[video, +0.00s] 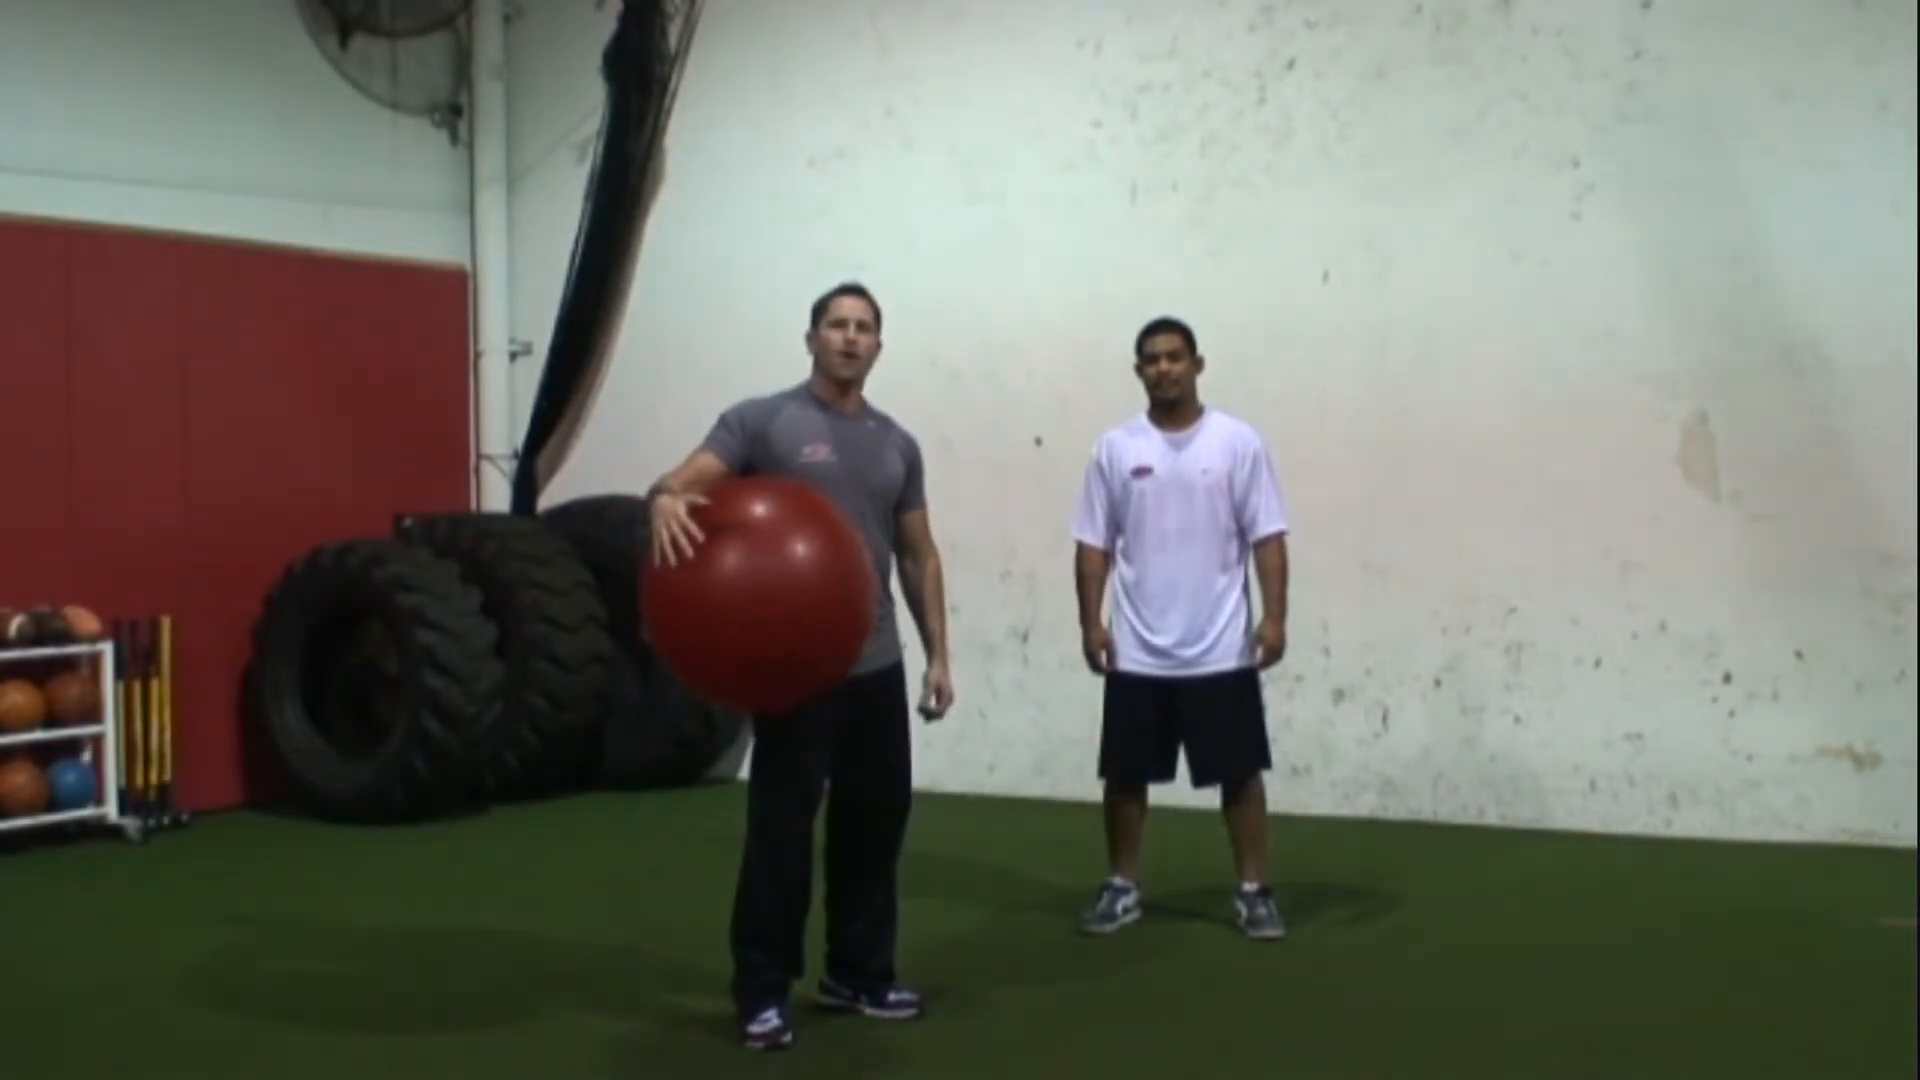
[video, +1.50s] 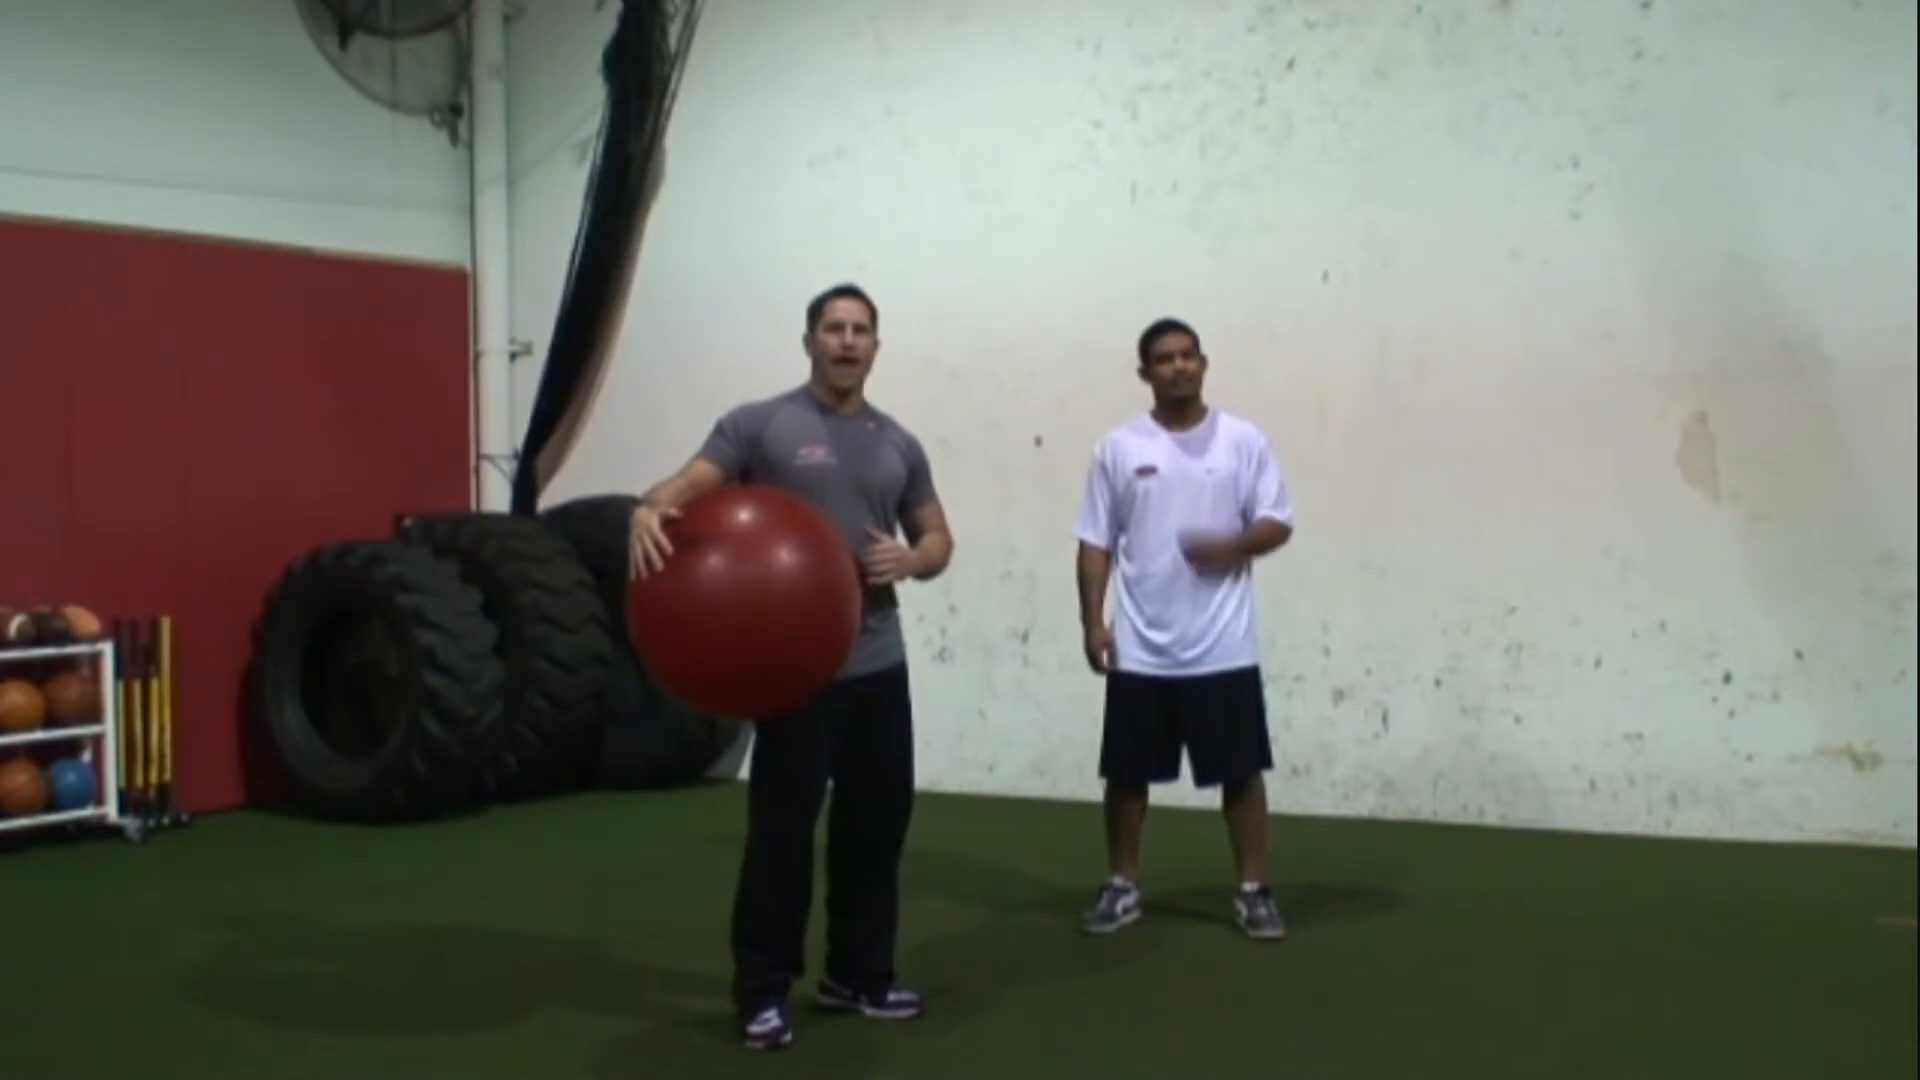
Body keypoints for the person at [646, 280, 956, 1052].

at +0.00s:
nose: (851, 337)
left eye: (863, 328)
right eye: (837, 325)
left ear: (879, 344)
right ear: (811, 338)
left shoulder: (897, 446)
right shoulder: (761, 421)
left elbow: (918, 552)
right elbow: (687, 481)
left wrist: (939, 654)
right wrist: (663, 498)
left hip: (876, 669)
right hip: (790, 670)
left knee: (874, 826)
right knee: (781, 833)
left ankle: (860, 975)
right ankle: (763, 994)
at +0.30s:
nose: (849, 339)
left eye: (862, 329)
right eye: (835, 327)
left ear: (877, 345)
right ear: (809, 338)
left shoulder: (896, 445)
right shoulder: (760, 422)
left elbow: (917, 549)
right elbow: (688, 484)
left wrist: (938, 644)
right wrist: (660, 508)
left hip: (877, 669)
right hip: (790, 669)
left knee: (874, 826)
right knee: (781, 831)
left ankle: (860, 975)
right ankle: (764, 994)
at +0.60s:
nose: (850, 340)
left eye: (862, 330)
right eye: (836, 327)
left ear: (876, 345)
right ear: (808, 339)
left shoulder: (894, 445)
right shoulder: (760, 422)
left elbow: (916, 546)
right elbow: (689, 486)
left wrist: (924, 632)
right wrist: (662, 511)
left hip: (876, 669)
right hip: (792, 667)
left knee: (873, 828)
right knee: (783, 833)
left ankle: (859, 975)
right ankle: (764, 994)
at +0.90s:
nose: (847, 339)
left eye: (859, 329)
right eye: (833, 327)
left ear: (874, 345)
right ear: (806, 339)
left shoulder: (892, 446)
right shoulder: (759, 423)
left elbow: (917, 549)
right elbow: (686, 488)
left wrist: (895, 611)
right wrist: (663, 512)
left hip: (875, 667)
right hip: (792, 666)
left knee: (874, 824)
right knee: (783, 831)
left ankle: (859, 975)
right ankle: (764, 993)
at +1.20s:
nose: (837, 339)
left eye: (850, 328)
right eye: (823, 328)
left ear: (870, 344)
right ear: (801, 342)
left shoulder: (895, 445)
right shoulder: (757, 425)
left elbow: (926, 544)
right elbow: (686, 489)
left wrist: (897, 590)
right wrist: (656, 512)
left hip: (876, 670)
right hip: (792, 670)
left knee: (874, 826)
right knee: (781, 833)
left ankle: (859, 975)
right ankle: (764, 994)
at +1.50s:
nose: (849, 341)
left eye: (861, 330)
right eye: (835, 329)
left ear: (877, 345)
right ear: (809, 341)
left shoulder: (898, 445)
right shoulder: (760, 425)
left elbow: (938, 543)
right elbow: (688, 485)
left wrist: (912, 559)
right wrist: (647, 508)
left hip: (877, 668)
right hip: (791, 669)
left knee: (876, 823)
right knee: (781, 831)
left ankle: (860, 975)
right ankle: (764, 993)